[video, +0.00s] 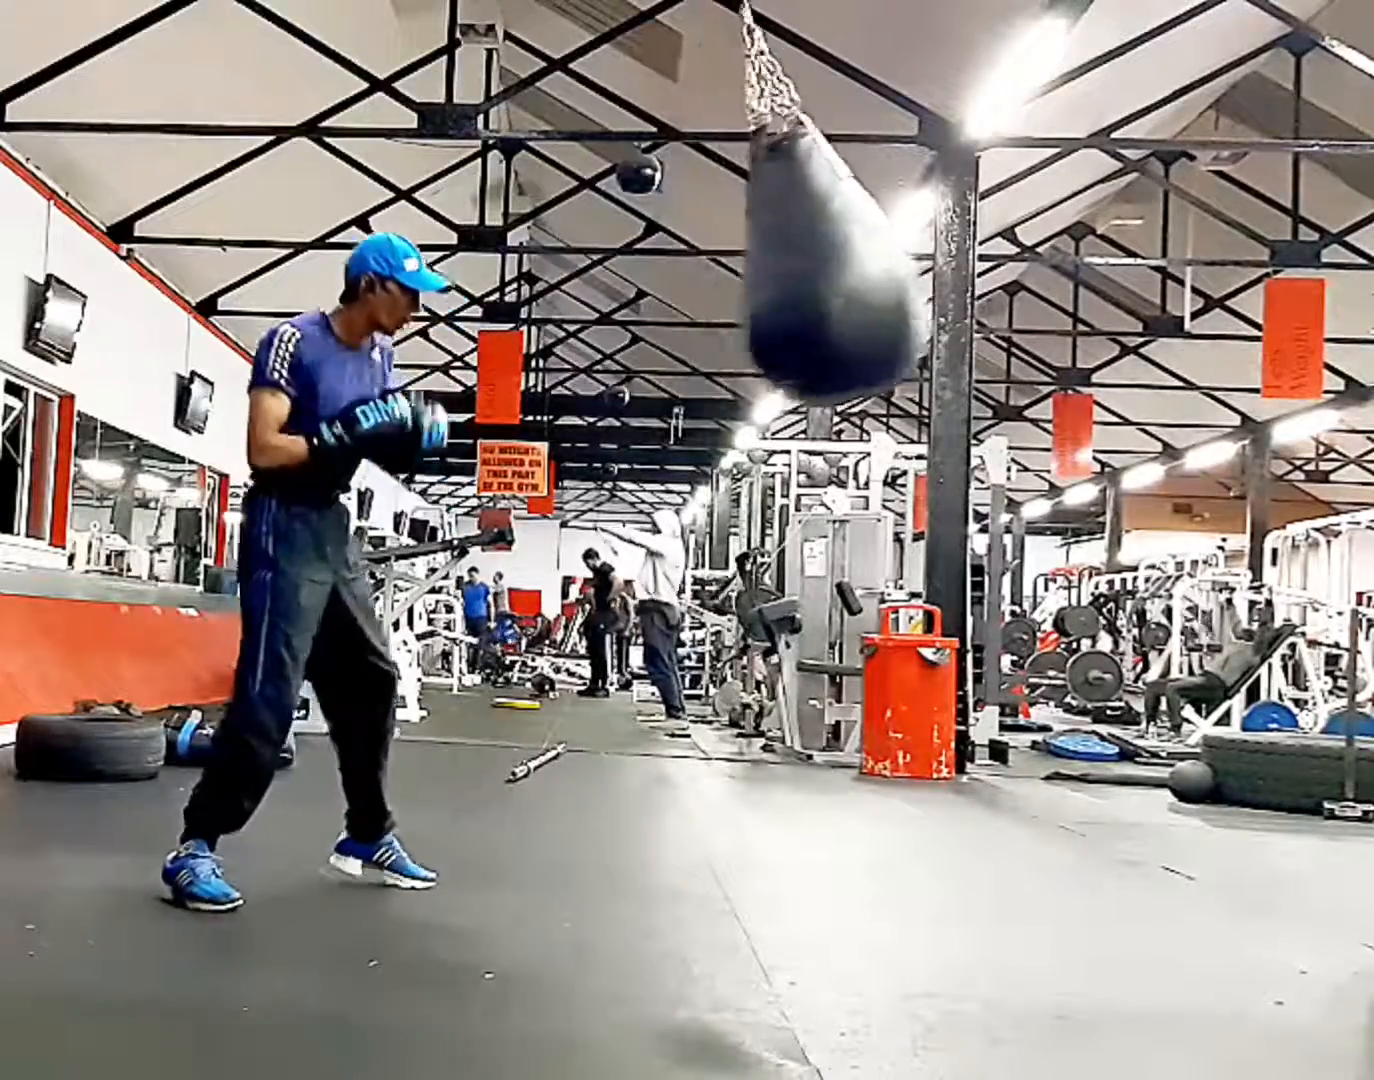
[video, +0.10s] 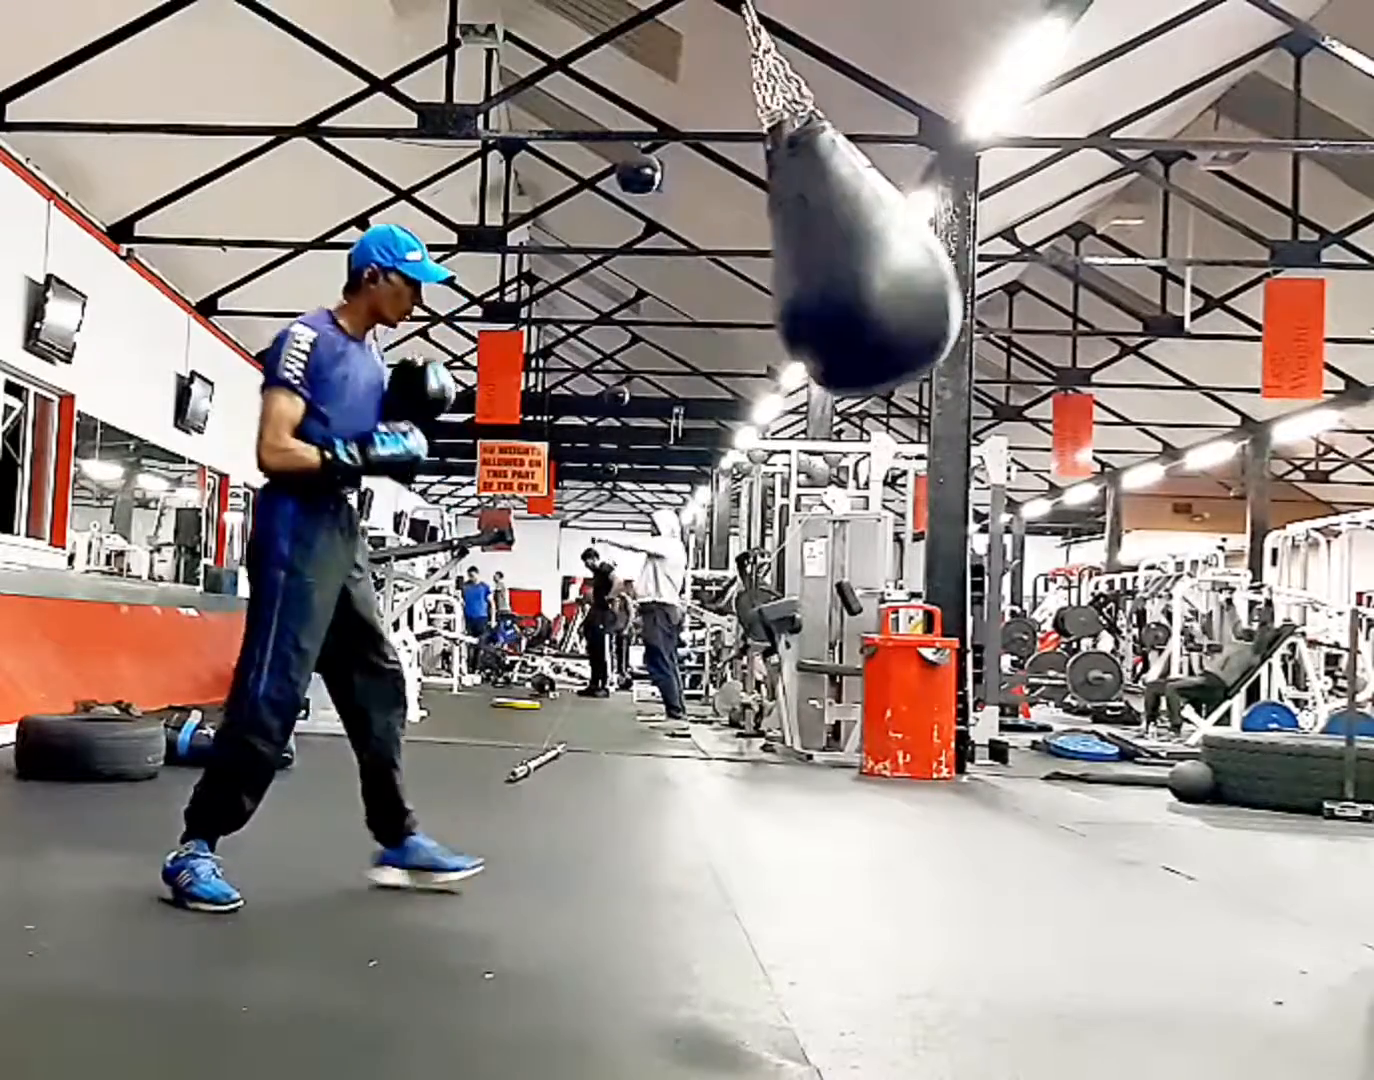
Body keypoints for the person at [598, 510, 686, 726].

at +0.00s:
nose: (654, 528)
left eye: (656, 524)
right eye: (654, 524)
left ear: (665, 525)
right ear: (673, 524)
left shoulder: (668, 543)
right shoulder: (673, 545)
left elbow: (637, 538)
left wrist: (606, 530)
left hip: (658, 607)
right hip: (665, 606)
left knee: (658, 661)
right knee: (666, 660)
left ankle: (675, 712)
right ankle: (676, 709)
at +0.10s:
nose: (651, 529)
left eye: (654, 525)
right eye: (652, 526)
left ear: (663, 526)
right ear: (671, 525)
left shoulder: (668, 545)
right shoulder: (673, 547)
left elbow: (635, 545)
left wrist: (605, 541)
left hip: (659, 608)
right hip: (665, 606)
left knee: (658, 660)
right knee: (666, 659)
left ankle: (675, 709)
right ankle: (676, 706)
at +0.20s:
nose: (652, 529)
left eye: (654, 525)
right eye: (653, 524)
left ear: (664, 525)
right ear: (672, 526)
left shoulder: (666, 546)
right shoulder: (678, 549)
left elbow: (636, 550)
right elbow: (686, 586)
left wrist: (605, 554)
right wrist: (684, 611)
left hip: (660, 607)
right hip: (671, 606)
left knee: (659, 659)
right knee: (668, 658)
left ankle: (675, 708)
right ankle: (677, 706)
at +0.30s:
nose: (648, 530)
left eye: (651, 526)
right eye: (649, 526)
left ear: (660, 527)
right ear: (670, 527)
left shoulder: (664, 546)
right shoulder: (677, 548)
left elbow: (639, 559)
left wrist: (611, 568)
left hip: (662, 606)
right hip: (674, 605)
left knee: (662, 658)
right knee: (668, 658)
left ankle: (675, 708)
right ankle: (677, 706)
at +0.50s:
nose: (642, 529)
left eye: (645, 525)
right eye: (643, 525)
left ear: (656, 526)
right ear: (661, 526)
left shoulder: (661, 548)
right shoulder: (668, 545)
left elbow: (645, 575)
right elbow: (645, 576)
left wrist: (625, 595)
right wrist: (626, 591)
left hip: (666, 611)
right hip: (673, 609)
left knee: (663, 662)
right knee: (671, 660)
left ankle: (675, 708)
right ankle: (677, 706)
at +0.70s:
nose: (636, 530)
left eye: (639, 526)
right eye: (637, 525)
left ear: (648, 527)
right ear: (657, 526)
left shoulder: (656, 550)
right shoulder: (669, 547)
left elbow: (656, 583)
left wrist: (647, 611)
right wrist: (640, 592)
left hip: (665, 610)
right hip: (678, 607)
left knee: (663, 662)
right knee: (672, 660)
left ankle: (675, 710)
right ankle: (678, 706)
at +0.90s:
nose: (633, 530)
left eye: (637, 526)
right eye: (635, 526)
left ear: (646, 528)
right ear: (652, 527)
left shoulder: (657, 550)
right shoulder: (655, 549)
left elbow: (671, 583)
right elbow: (657, 584)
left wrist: (672, 617)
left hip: (666, 615)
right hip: (664, 614)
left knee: (664, 667)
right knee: (670, 665)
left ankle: (675, 711)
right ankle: (677, 708)